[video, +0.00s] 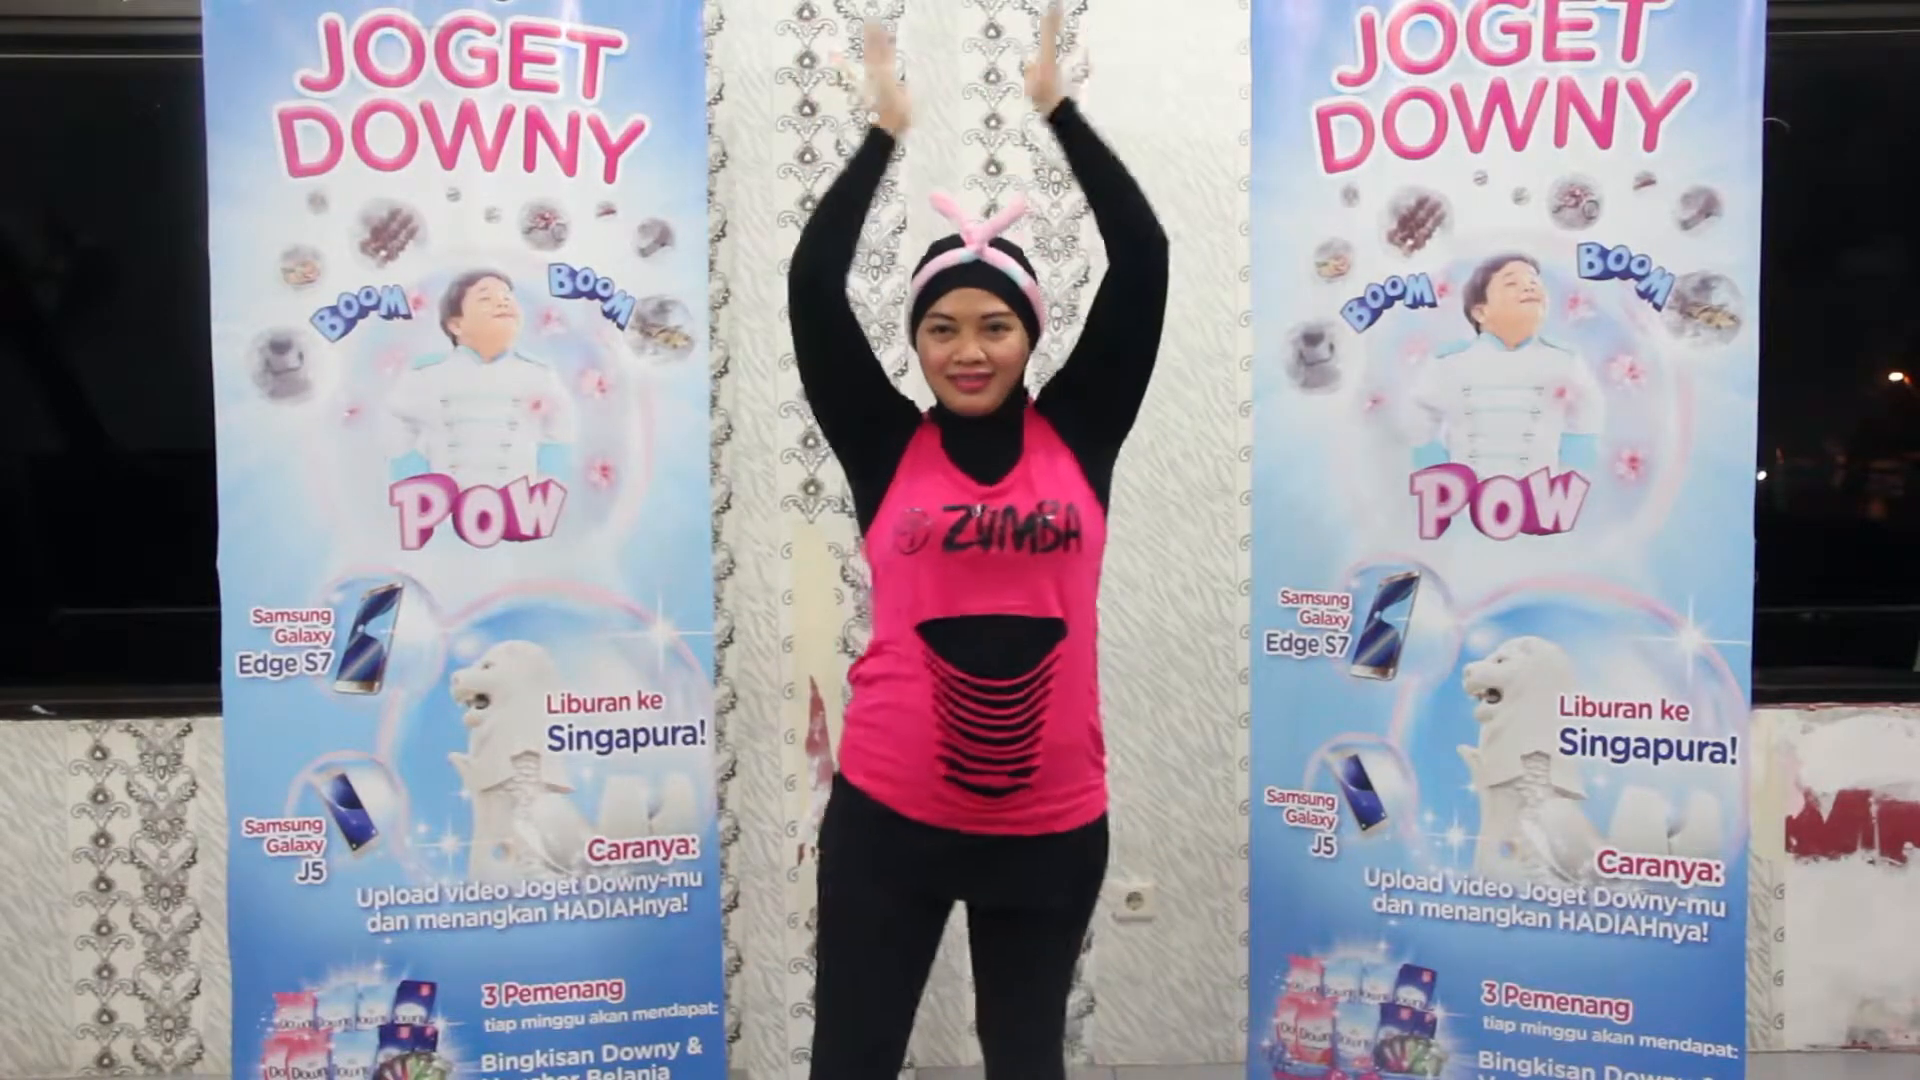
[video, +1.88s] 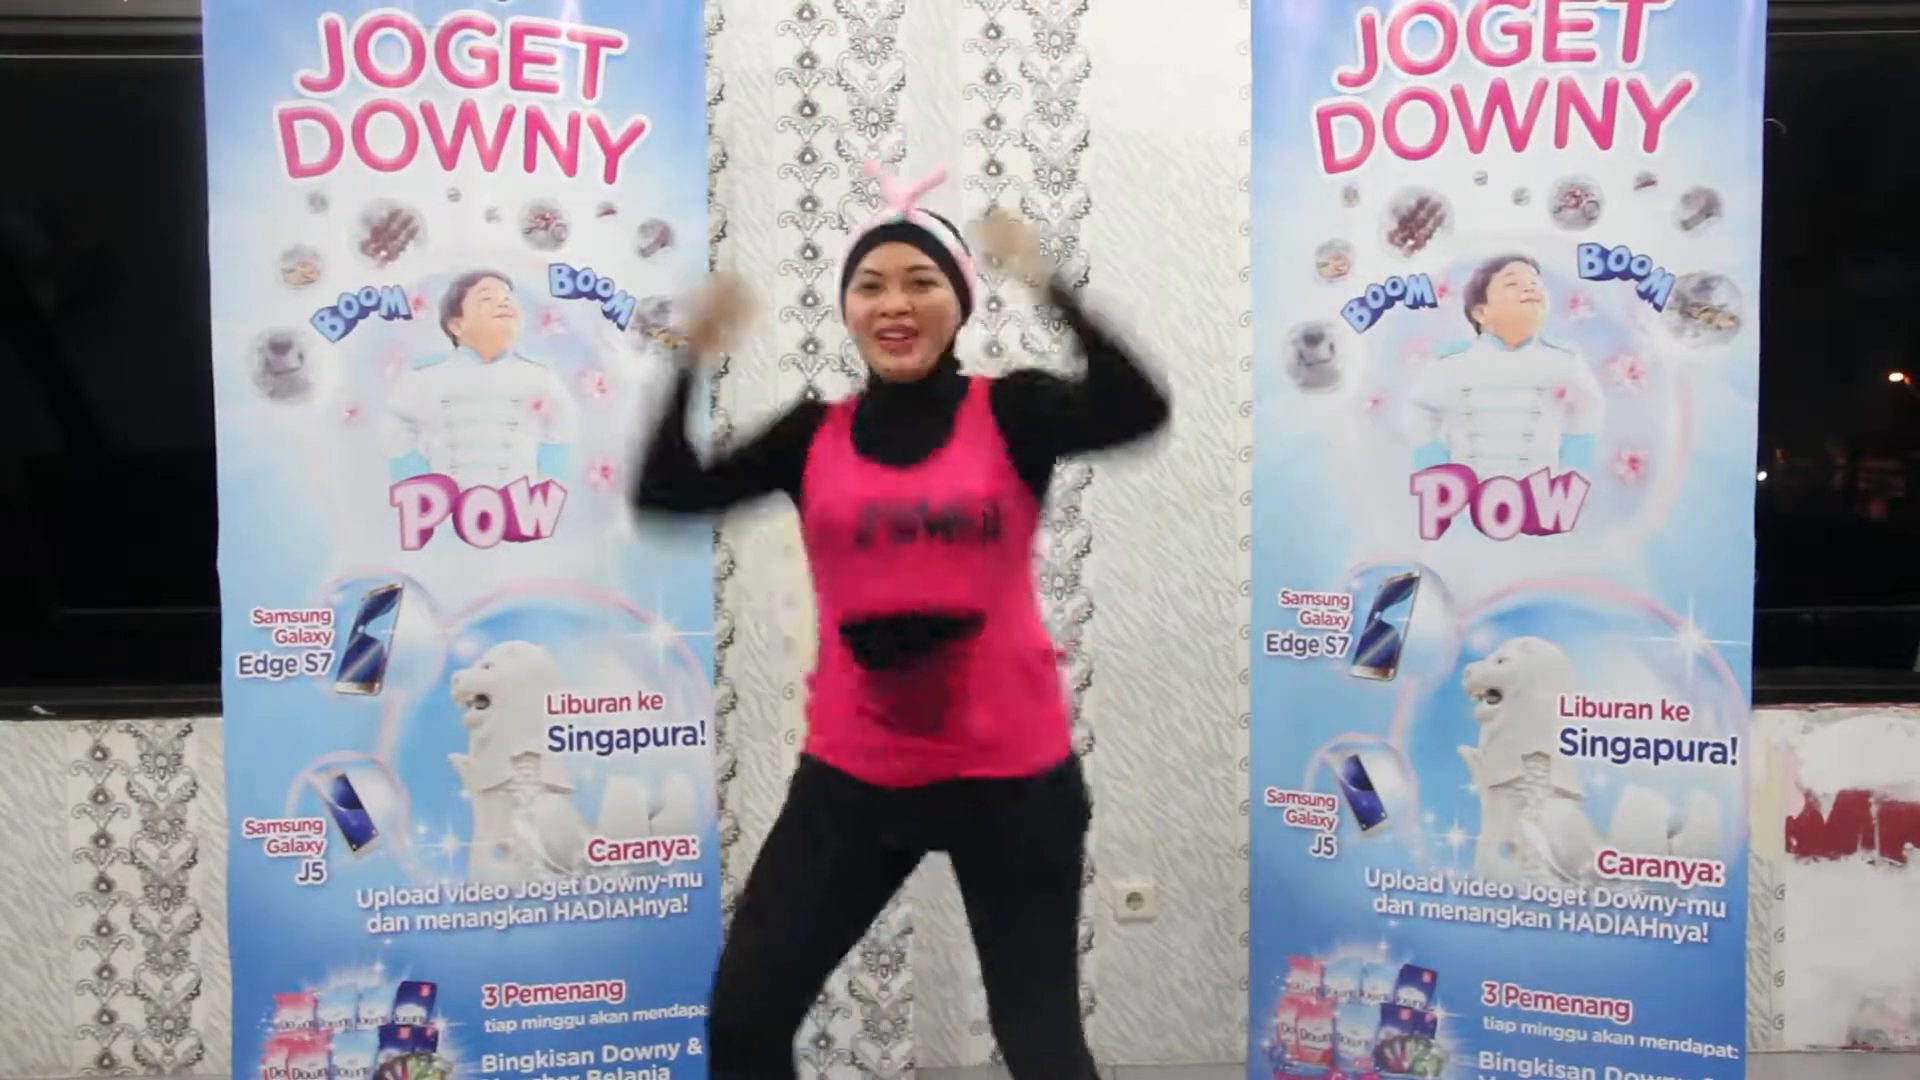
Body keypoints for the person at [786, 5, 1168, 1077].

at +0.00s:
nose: (969, 349)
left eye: (994, 327)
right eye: (945, 329)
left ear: (1031, 339)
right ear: (917, 345)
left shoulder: (1077, 438)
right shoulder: (886, 449)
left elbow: (1142, 253)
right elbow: (813, 292)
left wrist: (1058, 106)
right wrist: (882, 134)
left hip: (1046, 832)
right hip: (891, 825)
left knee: (1027, 1062)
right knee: (852, 1060)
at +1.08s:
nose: (967, 365)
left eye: (993, 347)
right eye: (944, 344)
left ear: (1023, 371)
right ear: (912, 365)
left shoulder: (1054, 472)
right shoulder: (865, 468)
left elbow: (1130, 331)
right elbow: (801, 336)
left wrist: (1014, 216)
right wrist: (917, 214)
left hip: (1052, 839)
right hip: (895, 842)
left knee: (1048, 1060)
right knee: (824, 1064)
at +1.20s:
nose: (966, 360)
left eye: (992, 345)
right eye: (944, 337)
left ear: (1019, 372)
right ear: (908, 356)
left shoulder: (1043, 475)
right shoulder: (850, 470)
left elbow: (1159, 448)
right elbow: (761, 465)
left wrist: (1084, 304)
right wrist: (832, 312)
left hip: (1039, 828)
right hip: (886, 829)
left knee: (1024, 1061)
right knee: (836, 1062)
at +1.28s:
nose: (938, 337)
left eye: (965, 322)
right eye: (919, 312)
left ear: (995, 353)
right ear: (883, 331)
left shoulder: (1034, 456)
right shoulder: (845, 458)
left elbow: (1119, 561)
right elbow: (787, 524)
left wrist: (1096, 412)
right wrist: (846, 380)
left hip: (1018, 824)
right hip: (868, 818)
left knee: (990, 1060)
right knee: (863, 1062)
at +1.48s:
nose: (918, 310)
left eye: (940, 295)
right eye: (895, 299)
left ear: (979, 324)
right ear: (869, 333)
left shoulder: (1028, 441)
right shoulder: (826, 452)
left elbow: (1092, 518)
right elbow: (806, 573)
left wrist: (988, 405)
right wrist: (899, 512)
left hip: (1009, 794)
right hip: (860, 803)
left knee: (1024, 1034)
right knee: (878, 1057)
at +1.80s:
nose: (906, 328)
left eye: (930, 310)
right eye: (884, 314)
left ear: (976, 336)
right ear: (861, 348)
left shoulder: (1032, 453)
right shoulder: (836, 480)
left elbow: (1136, 526)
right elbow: (741, 621)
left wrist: (1012, 425)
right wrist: (738, 523)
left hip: (1024, 809)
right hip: (872, 800)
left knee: (1034, 1059)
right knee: (744, 981)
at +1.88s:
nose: (895, 303)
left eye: (920, 282)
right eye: (872, 285)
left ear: (960, 304)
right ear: (846, 310)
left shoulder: (1014, 410)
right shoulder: (812, 435)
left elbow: (1139, 409)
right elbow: (664, 492)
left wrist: (1053, 287)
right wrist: (690, 359)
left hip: (1011, 780)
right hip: (857, 781)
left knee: (1042, 1042)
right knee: (744, 1022)